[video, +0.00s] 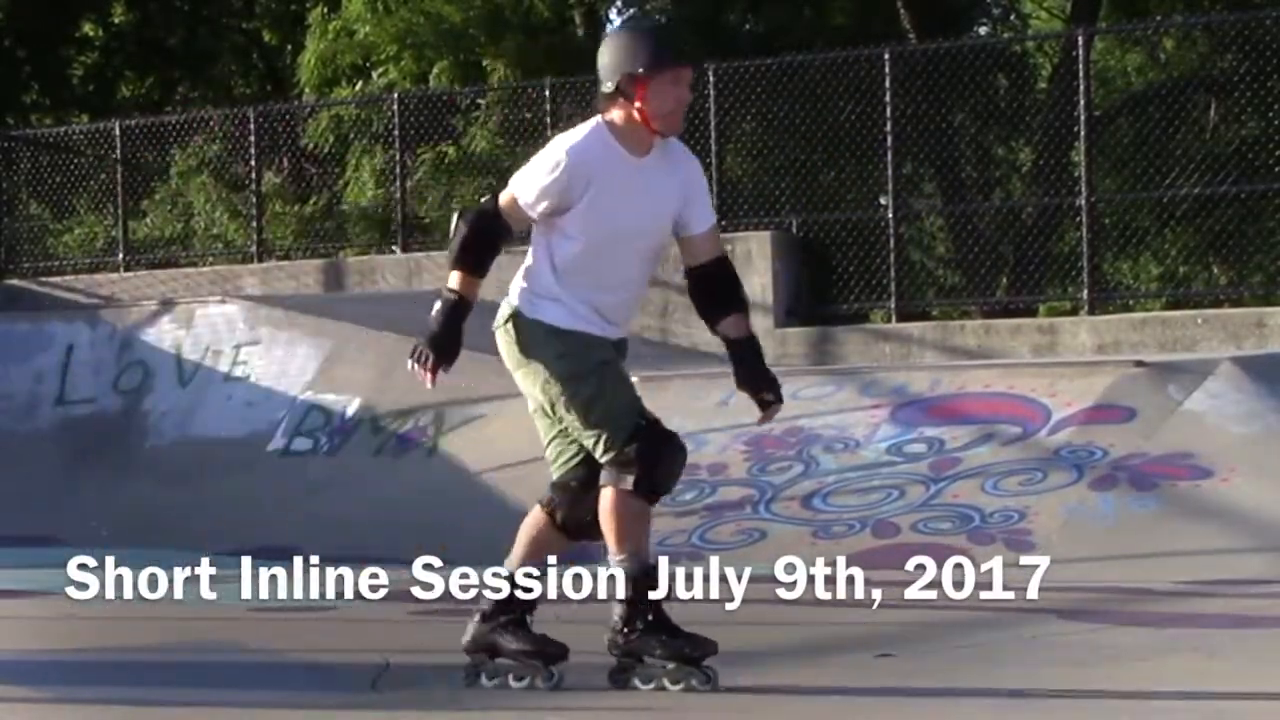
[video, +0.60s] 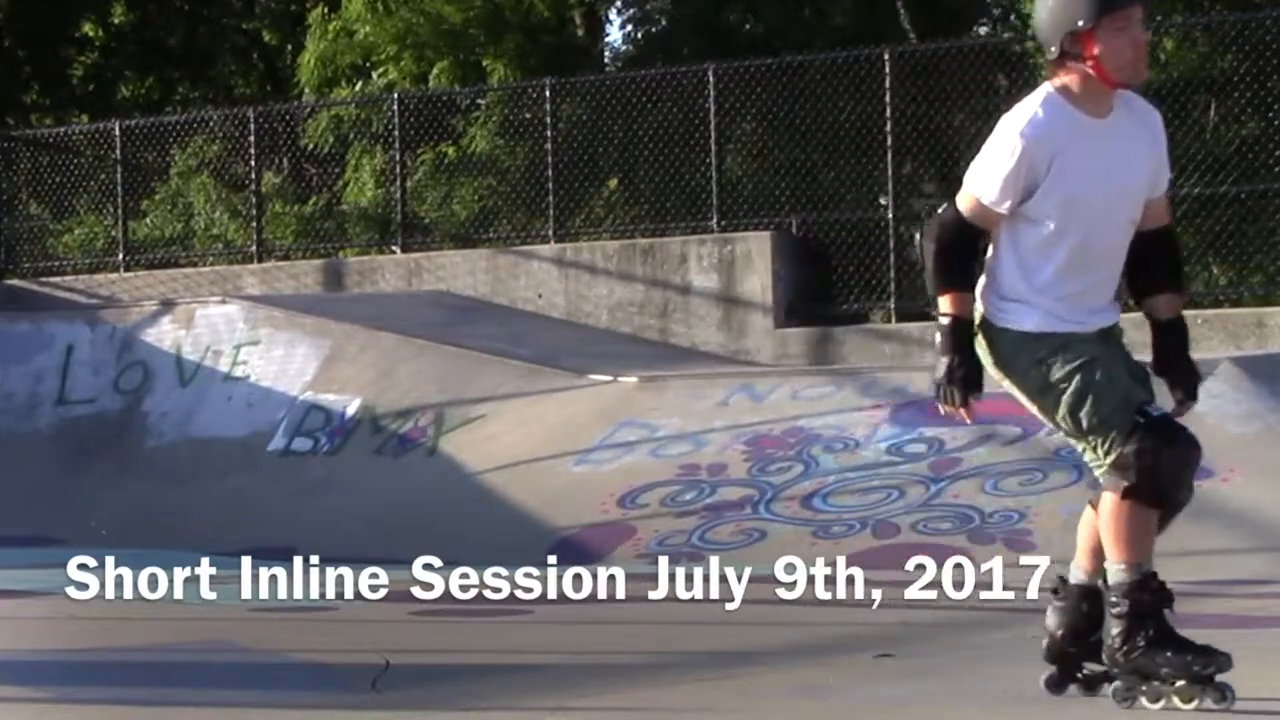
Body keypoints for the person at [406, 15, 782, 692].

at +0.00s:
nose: (689, 92)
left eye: (688, 79)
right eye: (675, 80)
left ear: (657, 91)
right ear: (632, 91)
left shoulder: (682, 169)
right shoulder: (574, 157)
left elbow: (710, 271)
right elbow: (486, 227)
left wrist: (746, 354)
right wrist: (447, 318)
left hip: (600, 338)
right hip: (542, 328)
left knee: (580, 495)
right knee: (635, 453)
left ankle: (498, 617)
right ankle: (640, 619)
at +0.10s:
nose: (753, 81)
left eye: (752, 68)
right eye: (740, 70)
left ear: (721, 78)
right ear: (694, 77)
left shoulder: (743, 157)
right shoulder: (642, 144)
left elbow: (775, 260)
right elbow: (559, 224)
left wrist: (820, 344)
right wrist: (527, 322)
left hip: (666, 331)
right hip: (610, 324)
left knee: (657, 490)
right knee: (709, 452)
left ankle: (573, 619)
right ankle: (717, 621)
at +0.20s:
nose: (828, 66)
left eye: (827, 52)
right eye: (815, 54)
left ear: (799, 62)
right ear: (770, 63)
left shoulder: (819, 146)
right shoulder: (719, 137)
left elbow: (845, 252)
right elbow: (644, 224)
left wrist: (885, 332)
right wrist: (617, 324)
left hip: (752, 329)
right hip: (693, 323)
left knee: (749, 485)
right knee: (797, 451)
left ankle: (666, 618)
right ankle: (806, 622)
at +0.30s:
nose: (900, 52)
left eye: (897, 39)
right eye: (887, 41)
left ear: (859, 54)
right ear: (839, 56)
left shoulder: (889, 134)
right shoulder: (791, 132)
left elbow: (902, 247)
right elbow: (712, 225)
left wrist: (934, 332)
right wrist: (692, 329)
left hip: (830, 326)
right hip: (766, 321)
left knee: (839, 474)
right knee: (868, 447)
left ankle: (758, 616)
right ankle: (881, 624)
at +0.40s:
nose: (984, 41)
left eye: (980, 27)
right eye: (967, 30)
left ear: (946, 48)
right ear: (920, 48)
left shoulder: (975, 128)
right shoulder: (873, 129)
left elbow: (980, 243)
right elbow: (800, 226)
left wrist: (998, 336)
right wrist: (779, 329)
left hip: (919, 323)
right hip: (855, 322)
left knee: (940, 466)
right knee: (961, 453)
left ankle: (876, 616)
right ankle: (968, 631)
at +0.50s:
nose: (1067, 41)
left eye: (1065, 27)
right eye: (1052, 29)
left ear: (1035, 45)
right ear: (1005, 45)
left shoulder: (1065, 125)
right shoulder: (957, 127)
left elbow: (1068, 244)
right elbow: (886, 231)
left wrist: (1081, 339)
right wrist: (870, 338)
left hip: (1012, 322)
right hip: (944, 323)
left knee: (1041, 464)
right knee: (1059, 451)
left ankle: (984, 619)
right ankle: (1055, 629)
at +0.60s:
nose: (1146, 37)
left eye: (1143, 24)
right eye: (1130, 26)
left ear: (1114, 44)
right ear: (1082, 44)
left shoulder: (1144, 123)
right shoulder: (1030, 129)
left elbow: (1153, 243)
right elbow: (958, 235)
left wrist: (1170, 340)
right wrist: (956, 345)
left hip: (1095, 324)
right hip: (1026, 327)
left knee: (1131, 467)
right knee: (1141, 454)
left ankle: (1075, 621)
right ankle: (1135, 634)